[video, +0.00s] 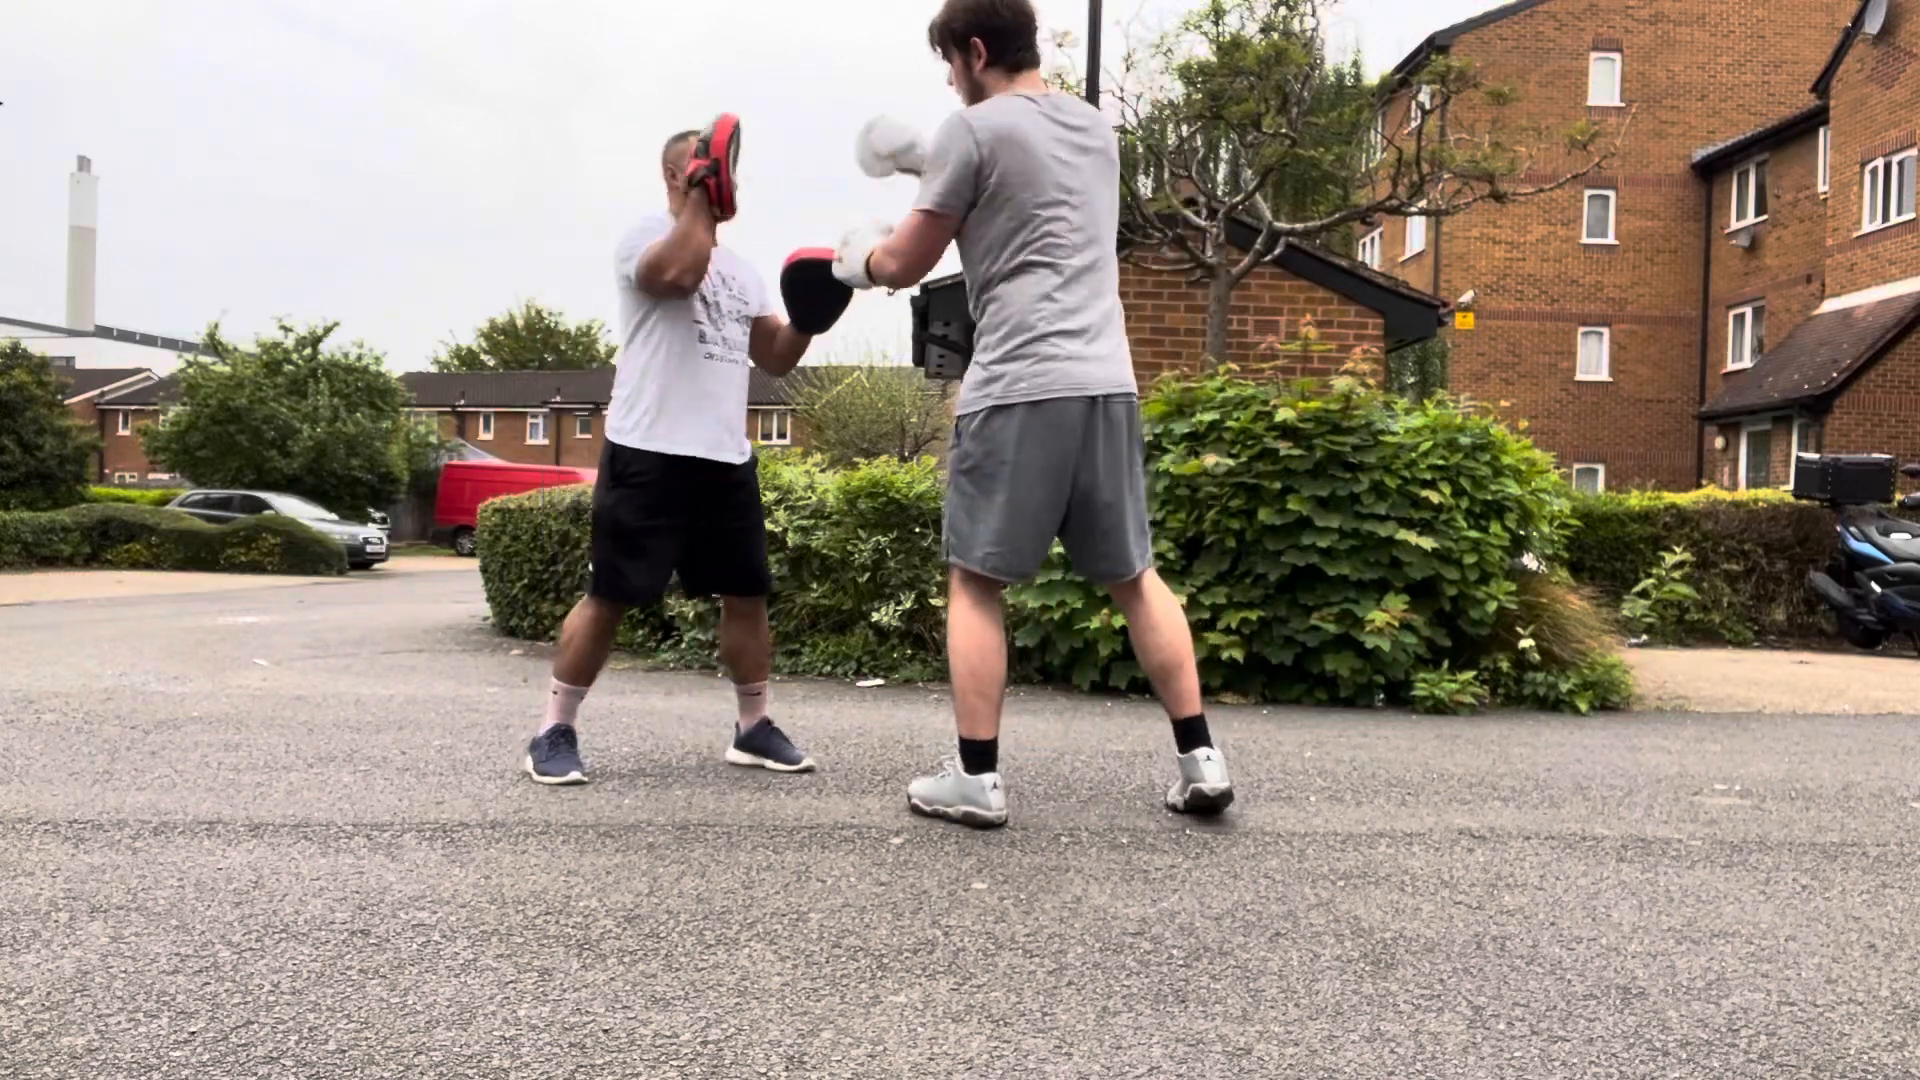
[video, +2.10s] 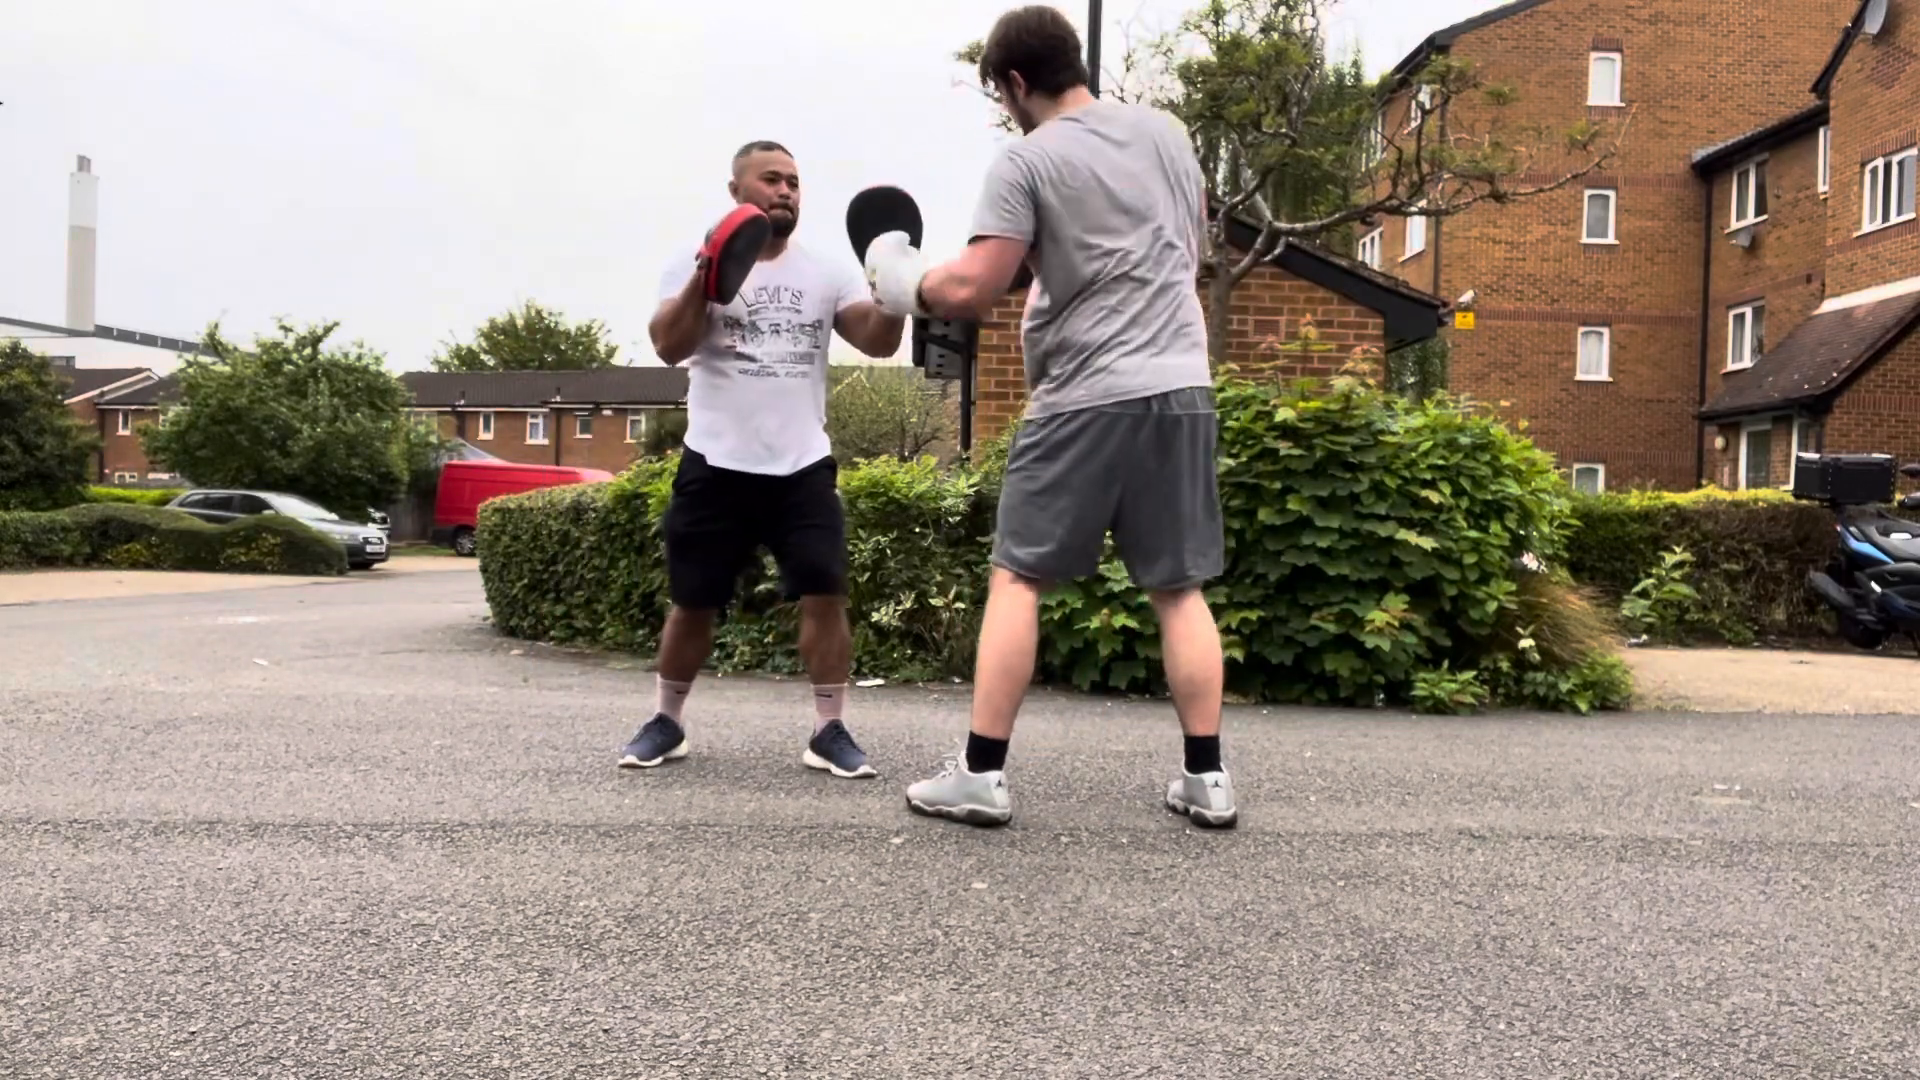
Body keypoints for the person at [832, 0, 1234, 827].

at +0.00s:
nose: (948, 79)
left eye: (948, 63)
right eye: (945, 65)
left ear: (973, 53)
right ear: (1029, 46)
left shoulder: (974, 128)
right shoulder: (1095, 124)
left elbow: (906, 260)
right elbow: (1035, 202)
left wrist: (873, 257)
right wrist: (941, 161)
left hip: (1016, 391)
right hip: (1111, 387)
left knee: (977, 583)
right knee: (1134, 574)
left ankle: (977, 778)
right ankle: (1201, 758)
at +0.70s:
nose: (1026, 79)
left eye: (1025, 65)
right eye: (1024, 64)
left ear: (1047, 56)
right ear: (1110, 50)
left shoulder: (1057, 137)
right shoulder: (1170, 132)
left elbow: (1010, 267)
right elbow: (1143, 238)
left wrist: (976, 216)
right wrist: (1044, 163)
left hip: (1081, 402)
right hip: (1177, 398)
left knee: (1019, 582)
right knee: (1170, 590)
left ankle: (977, 775)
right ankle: (1207, 779)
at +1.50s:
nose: (1027, 103)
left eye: (1025, 86)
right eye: (1023, 88)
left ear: (1055, 70)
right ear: (1103, 62)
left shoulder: (1075, 148)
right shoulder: (1171, 138)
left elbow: (1018, 268)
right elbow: (1094, 240)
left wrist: (985, 195)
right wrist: (1010, 188)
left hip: (1104, 405)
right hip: (1194, 400)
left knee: (1028, 574)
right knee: (1178, 587)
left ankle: (980, 772)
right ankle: (1207, 779)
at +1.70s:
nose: (982, 114)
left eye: (982, 97)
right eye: (979, 98)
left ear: (1012, 87)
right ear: (1047, 80)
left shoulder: (1071, 158)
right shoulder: (1092, 141)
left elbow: (1059, 291)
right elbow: (973, 178)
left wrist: (983, 237)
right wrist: (871, 179)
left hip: (1106, 404)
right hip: (1178, 397)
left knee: (1024, 574)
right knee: (1168, 583)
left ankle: (980, 772)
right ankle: (1207, 777)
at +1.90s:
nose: (972, 122)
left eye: (968, 105)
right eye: (966, 107)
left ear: (992, 95)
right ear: (1039, 84)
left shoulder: (1057, 159)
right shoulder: (1091, 144)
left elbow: (1086, 291)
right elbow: (997, 241)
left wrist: (987, 301)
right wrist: (908, 261)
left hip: (1099, 406)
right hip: (1176, 396)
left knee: (1014, 571)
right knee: (1168, 581)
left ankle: (980, 773)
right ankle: (1206, 778)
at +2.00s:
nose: (983, 115)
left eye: (979, 99)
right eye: (979, 100)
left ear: (997, 88)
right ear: (1055, 74)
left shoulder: (1038, 160)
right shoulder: (1126, 133)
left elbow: (1045, 288)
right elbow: (1113, 287)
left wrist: (947, 301)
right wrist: (1000, 345)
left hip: (1092, 402)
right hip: (1181, 393)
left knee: (1012, 572)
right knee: (1173, 582)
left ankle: (980, 772)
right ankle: (1208, 778)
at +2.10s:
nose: (1003, 110)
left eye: (999, 95)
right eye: (999, 97)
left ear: (1019, 81)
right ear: (1079, 69)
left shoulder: (1027, 159)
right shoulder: (1166, 133)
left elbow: (969, 294)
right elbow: (1190, 253)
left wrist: (905, 279)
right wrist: (1071, 279)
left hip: (1082, 400)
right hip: (1184, 391)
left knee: (1017, 577)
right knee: (1178, 587)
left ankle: (981, 774)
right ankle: (1209, 779)